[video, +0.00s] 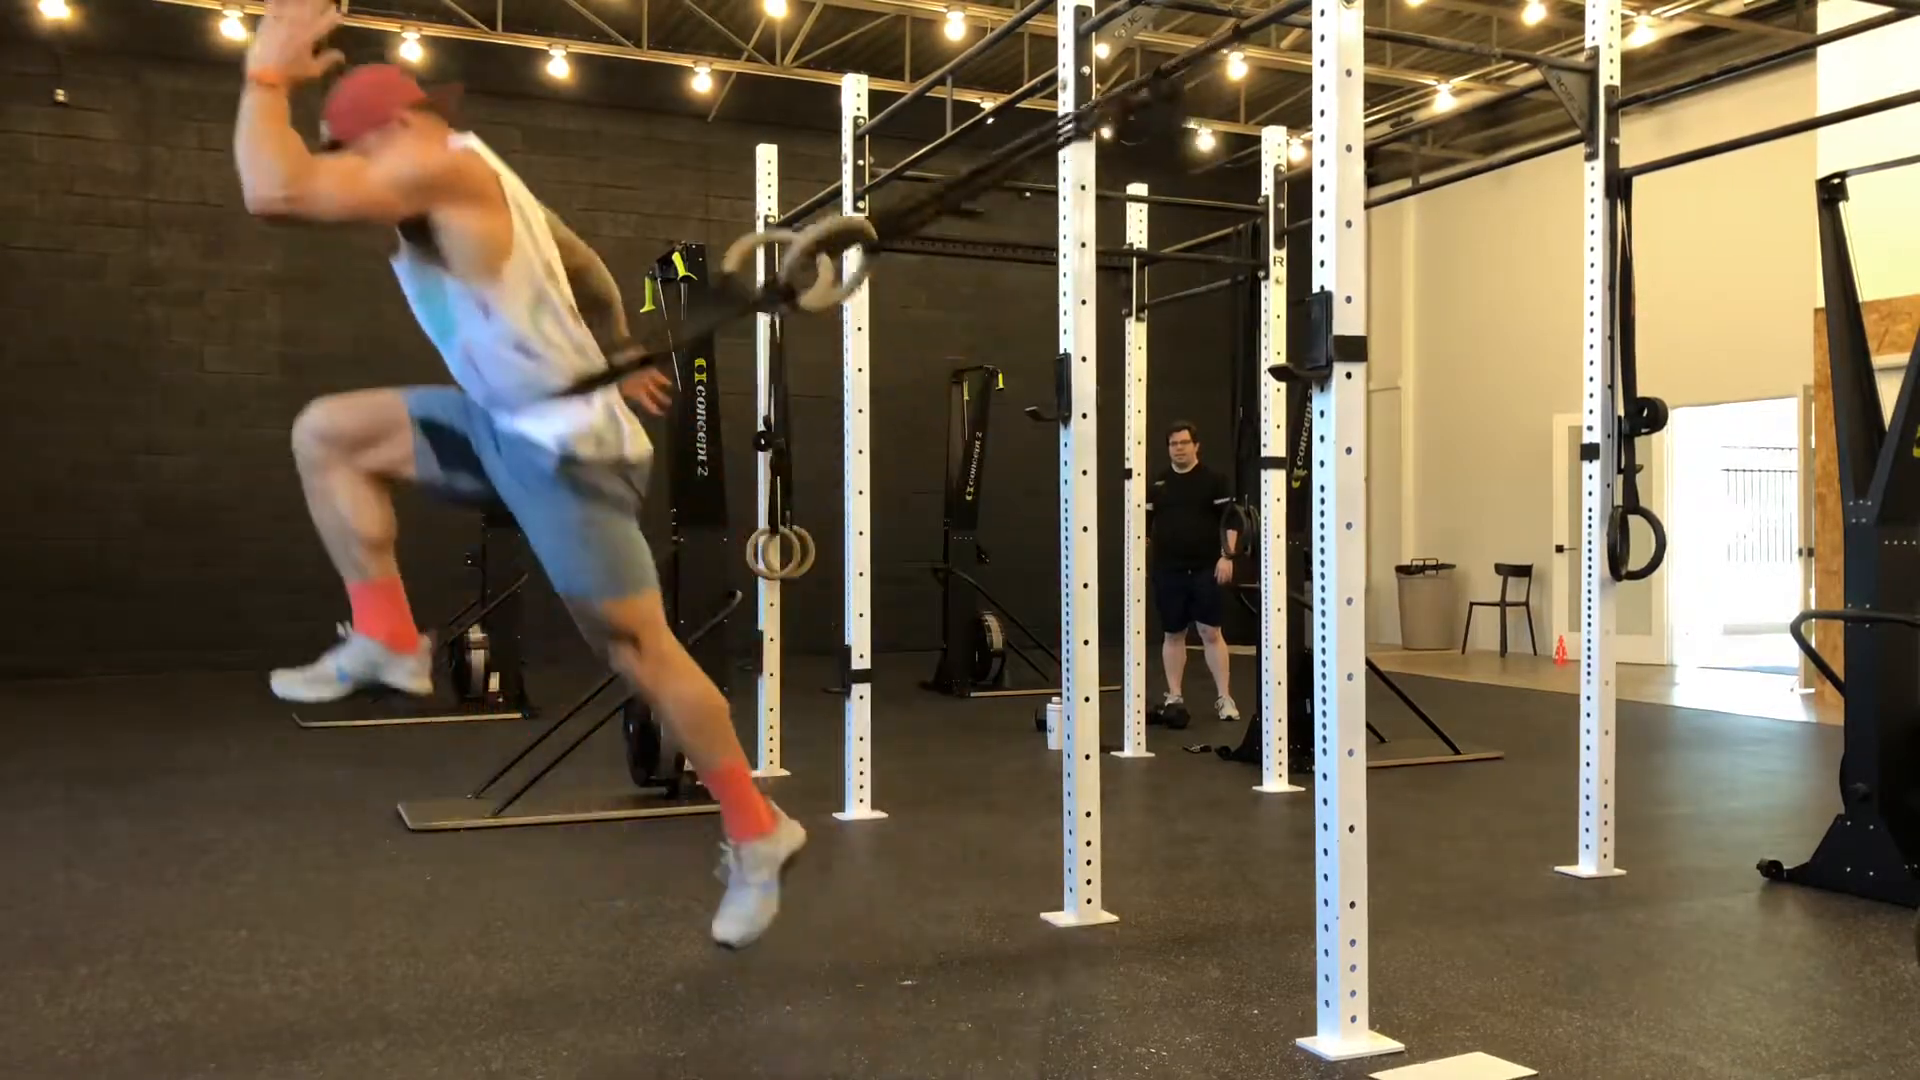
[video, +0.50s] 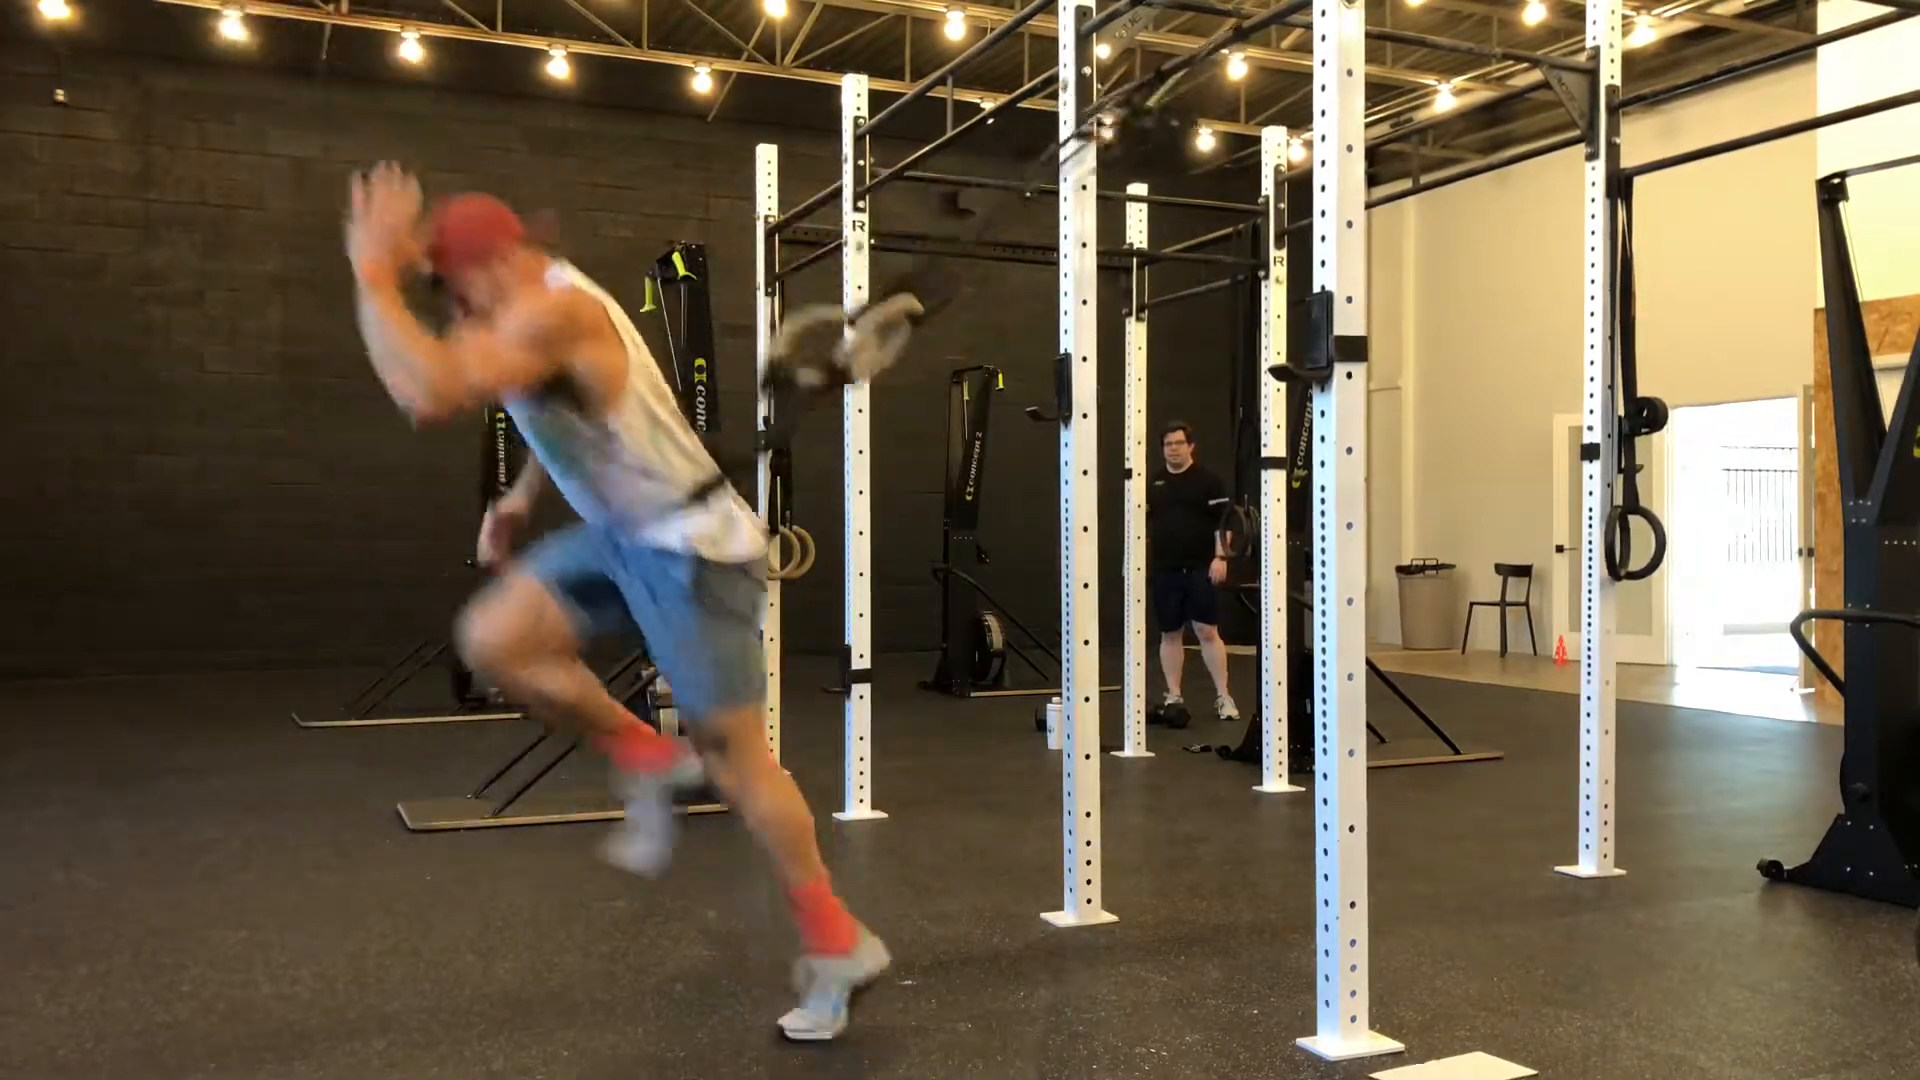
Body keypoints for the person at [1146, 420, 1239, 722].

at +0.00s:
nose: (1178, 449)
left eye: (1184, 443)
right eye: (1173, 444)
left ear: (1196, 446)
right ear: (1167, 448)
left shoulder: (1214, 481)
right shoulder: (1158, 484)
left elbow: (1232, 521)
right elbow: (1143, 525)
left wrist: (1227, 556)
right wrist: (1142, 559)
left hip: (1205, 569)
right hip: (1168, 569)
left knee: (1211, 633)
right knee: (1174, 634)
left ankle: (1224, 698)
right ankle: (1174, 696)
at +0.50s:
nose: (1173, 449)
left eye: (1179, 443)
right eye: (1168, 444)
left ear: (1191, 447)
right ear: (1162, 449)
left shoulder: (1208, 482)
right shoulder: (1152, 485)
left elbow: (1224, 524)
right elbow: (1140, 525)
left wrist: (1221, 557)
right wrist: (1138, 563)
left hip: (1200, 569)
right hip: (1164, 569)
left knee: (1207, 632)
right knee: (1170, 634)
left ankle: (1223, 697)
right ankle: (1173, 696)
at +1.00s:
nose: (1169, 451)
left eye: (1174, 445)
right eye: (1164, 446)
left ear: (1186, 449)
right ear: (1158, 450)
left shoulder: (1203, 483)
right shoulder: (1147, 486)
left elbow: (1217, 525)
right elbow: (1134, 527)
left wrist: (1217, 559)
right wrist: (1130, 560)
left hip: (1196, 569)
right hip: (1160, 570)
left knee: (1204, 631)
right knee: (1168, 633)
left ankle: (1222, 697)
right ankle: (1173, 696)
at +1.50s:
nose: (1174, 451)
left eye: (1179, 445)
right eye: (1168, 446)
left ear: (1191, 448)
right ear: (1162, 450)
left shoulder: (1205, 482)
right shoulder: (1149, 484)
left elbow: (1219, 524)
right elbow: (1133, 524)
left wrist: (1219, 558)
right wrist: (1127, 556)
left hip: (1198, 569)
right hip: (1161, 569)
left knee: (1209, 631)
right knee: (1168, 634)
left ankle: (1226, 693)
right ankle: (1172, 695)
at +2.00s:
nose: (1194, 448)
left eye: (1200, 442)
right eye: (1190, 443)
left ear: (1212, 447)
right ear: (1184, 448)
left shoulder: (1227, 483)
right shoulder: (1172, 483)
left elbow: (1242, 524)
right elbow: (1156, 525)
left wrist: (1243, 557)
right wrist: (1154, 558)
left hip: (1219, 569)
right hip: (1180, 569)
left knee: (1220, 633)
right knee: (1180, 634)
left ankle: (1226, 694)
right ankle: (1174, 694)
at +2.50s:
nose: (1217, 449)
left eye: (1223, 443)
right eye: (1213, 444)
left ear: (1233, 447)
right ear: (1205, 449)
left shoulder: (1246, 480)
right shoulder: (1192, 482)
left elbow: (1261, 521)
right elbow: (1175, 523)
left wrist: (1259, 561)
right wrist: (1172, 559)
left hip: (1235, 569)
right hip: (1197, 568)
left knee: (1231, 632)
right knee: (1190, 631)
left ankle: (1228, 696)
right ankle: (1174, 692)